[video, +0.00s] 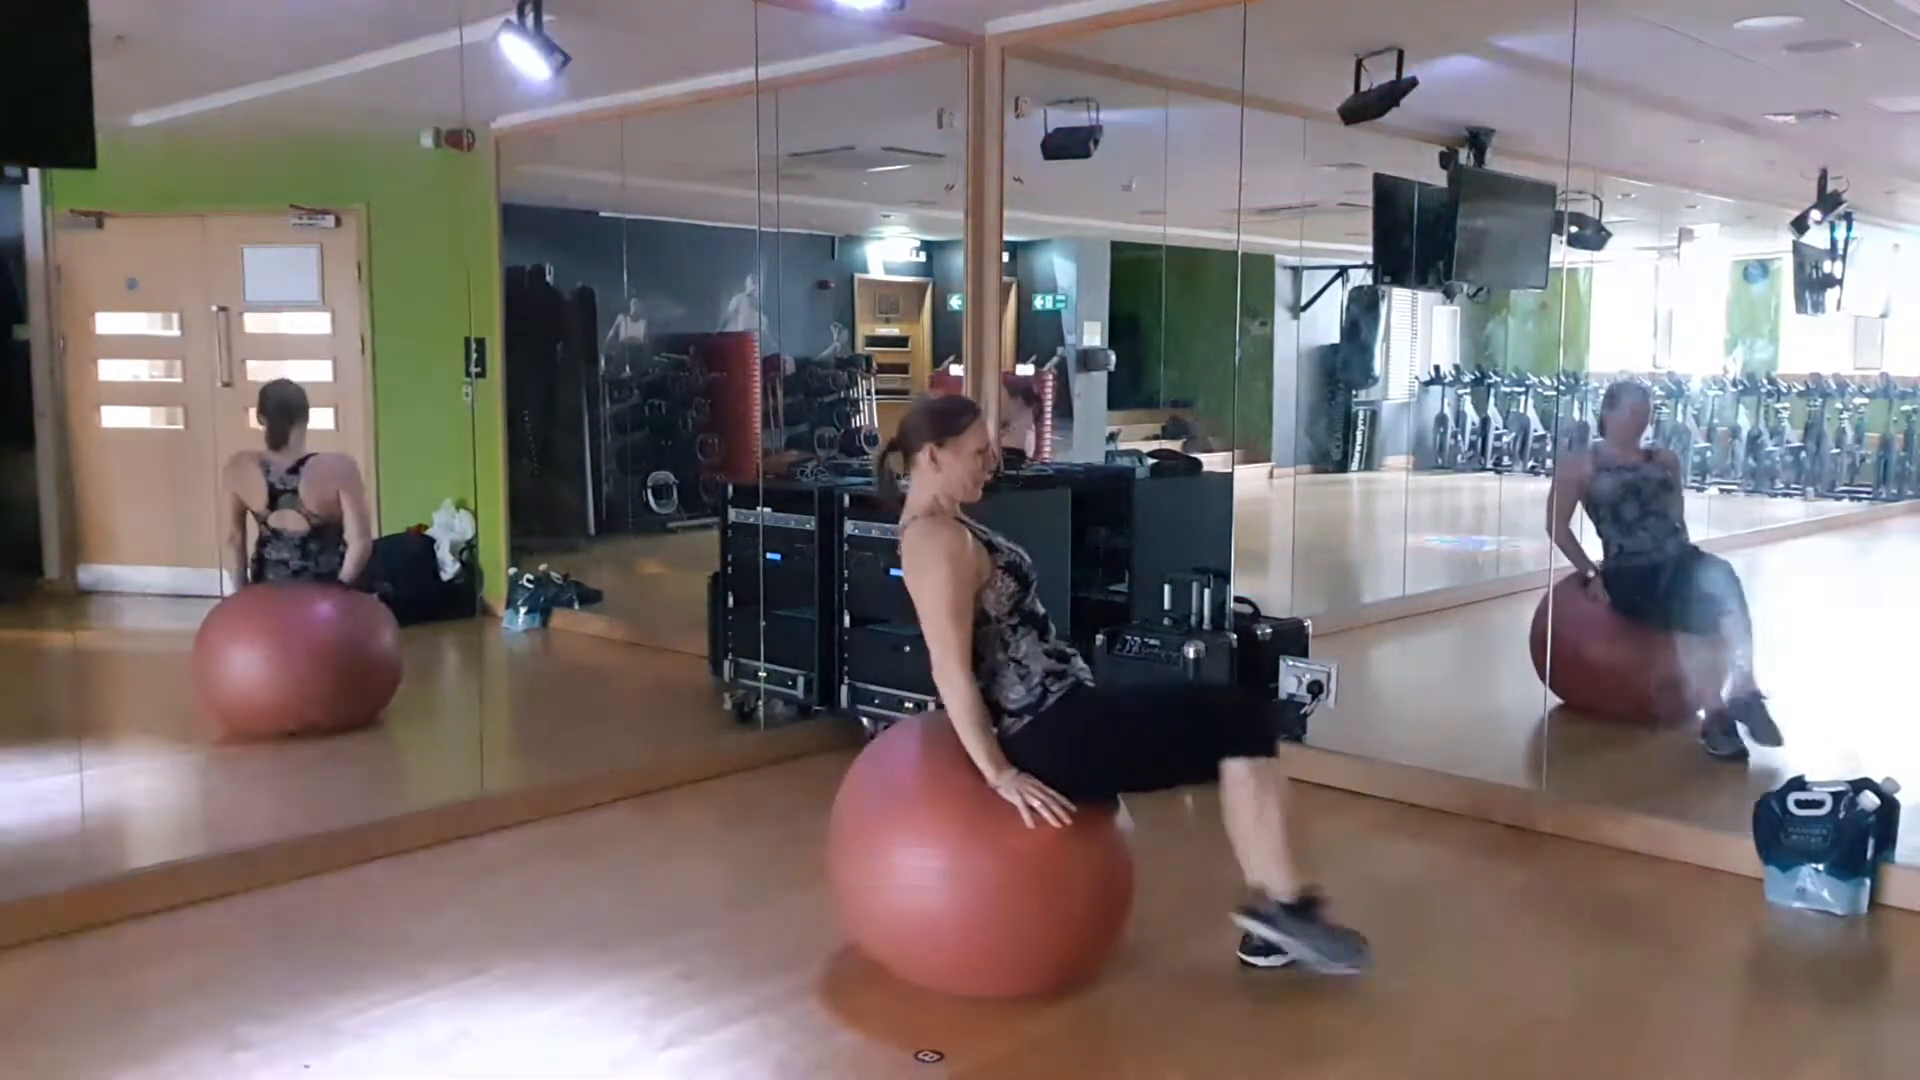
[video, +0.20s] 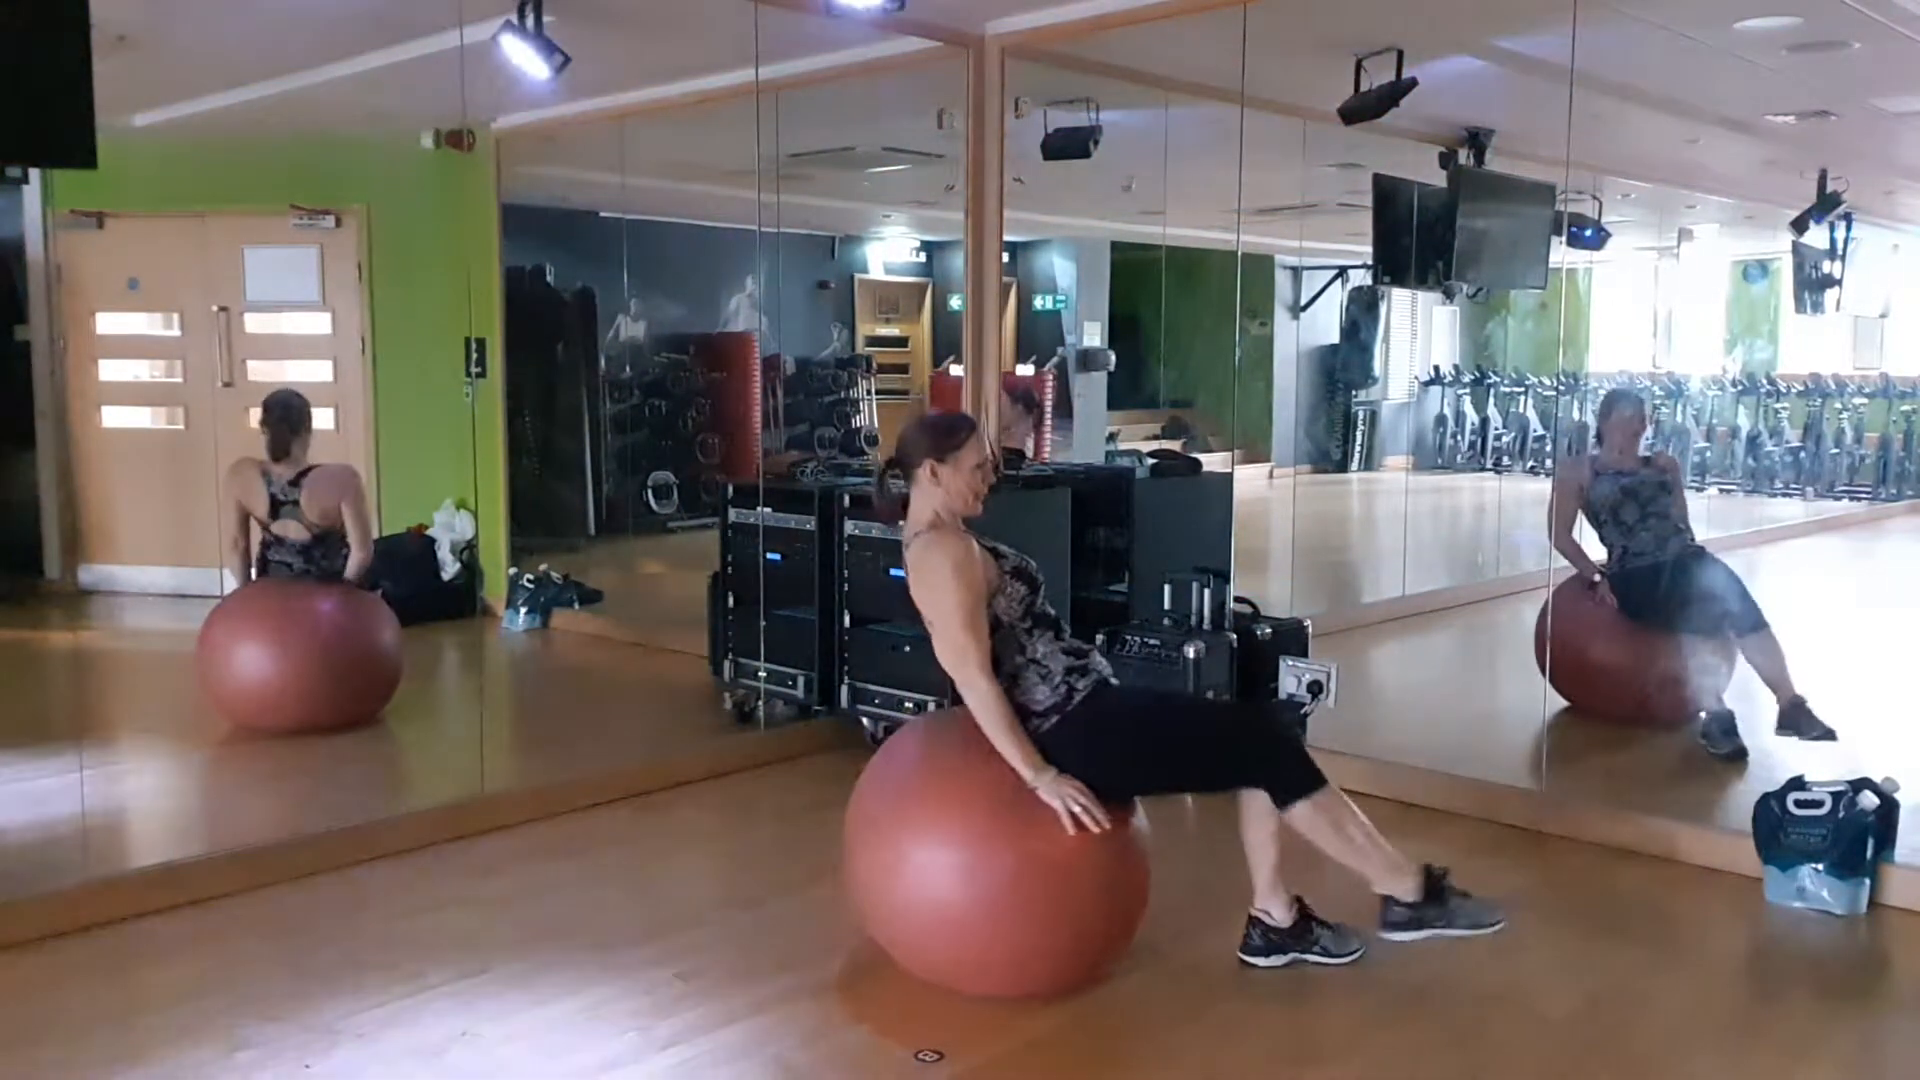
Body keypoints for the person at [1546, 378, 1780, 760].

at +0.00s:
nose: (1644, 421)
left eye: (1647, 413)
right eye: (1635, 413)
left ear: (1649, 417)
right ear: (1609, 413)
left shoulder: (1665, 461)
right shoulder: (1581, 466)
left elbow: (1677, 522)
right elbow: (1557, 527)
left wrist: (1686, 559)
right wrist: (1588, 570)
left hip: (1679, 563)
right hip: (1630, 574)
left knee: (1723, 576)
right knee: (1712, 607)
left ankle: (1744, 689)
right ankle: (1715, 717)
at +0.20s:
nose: (1639, 426)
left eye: (1642, 419)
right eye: (1629, 418)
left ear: (1646, 424)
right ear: (1604, 422)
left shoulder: (1664, 465)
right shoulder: (1579, 471)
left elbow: (1682, 526)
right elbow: (1560, 535)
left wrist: (1695, 564)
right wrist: (1593, 574)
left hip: (1686, 563)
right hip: (1635, 575)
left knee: (1728, 588)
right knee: (1709, 603)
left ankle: (1791, 703)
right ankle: (1715, 714)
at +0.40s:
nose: (1635, 440)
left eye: (1638, 432)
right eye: (1626, 432)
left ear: (1642, 438)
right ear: (1602, 439)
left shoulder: (1663, 476)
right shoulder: (1578, 484)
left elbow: (1683, 535)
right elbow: (1560, 547)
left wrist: (1698, 567)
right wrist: (1599, 579)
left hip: (1687, 566)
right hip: (1638, 578)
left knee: (1747, 605)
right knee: (1713, 605)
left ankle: (1807, 716)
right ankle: (1716, 712)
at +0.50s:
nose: (1632, 450)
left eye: (1636, 442)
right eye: (1622, 442)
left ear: (1642, 447)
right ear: (1599, 449)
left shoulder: (1663, 486)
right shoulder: (1578, 492)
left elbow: (1682, 542)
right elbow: (1561, 553)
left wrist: (1702, 577)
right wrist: (1599, 580)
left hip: (1690, 570)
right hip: (1644, 580)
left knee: (1755, 623)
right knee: (1727, 616)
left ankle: (1811, 731)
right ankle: (1716, 713)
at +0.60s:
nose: (1630, 458)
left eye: (1634, 450)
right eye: (1621, 450)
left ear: (1640, 456)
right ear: (1597, 457)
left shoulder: (1661, 494)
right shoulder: (1578, 500)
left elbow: (1684, 545)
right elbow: (1562, 560)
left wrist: (1711, 574)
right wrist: (1601, 582)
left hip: (1692, 573)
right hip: (1644, 582)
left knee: (1756, 629)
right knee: (1724, 614)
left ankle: (1814, 742)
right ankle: (1717, 714)